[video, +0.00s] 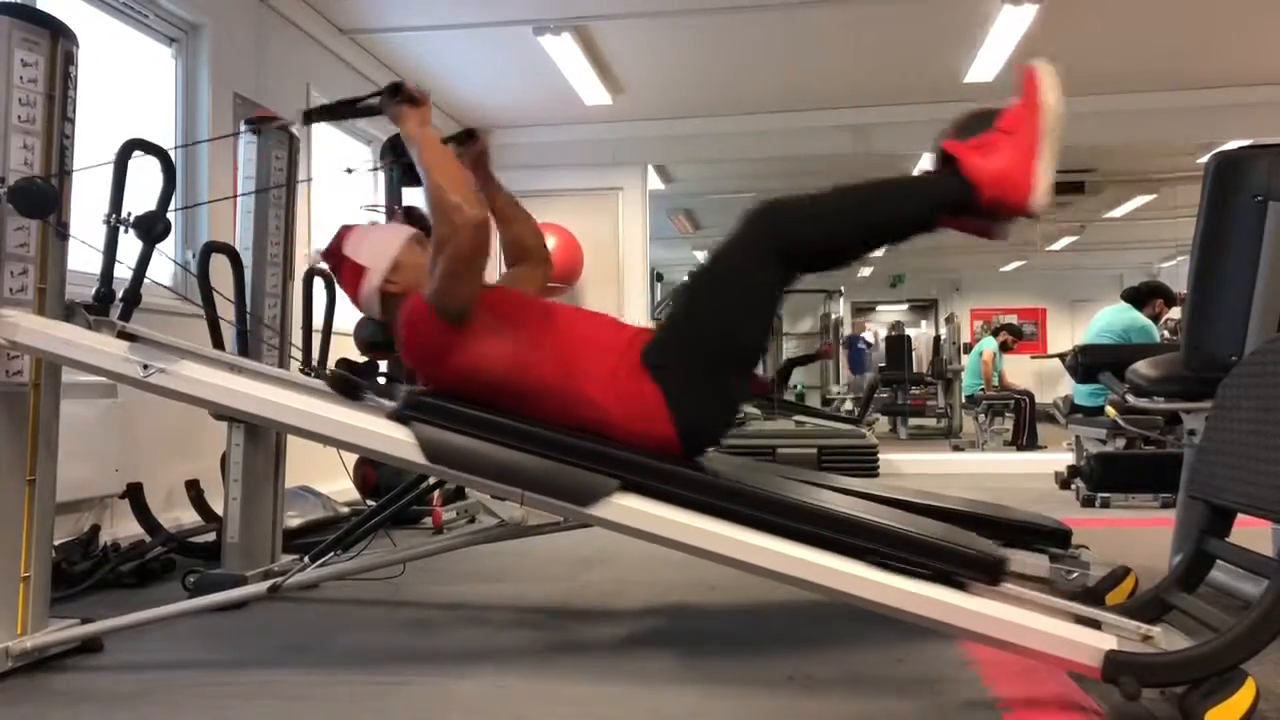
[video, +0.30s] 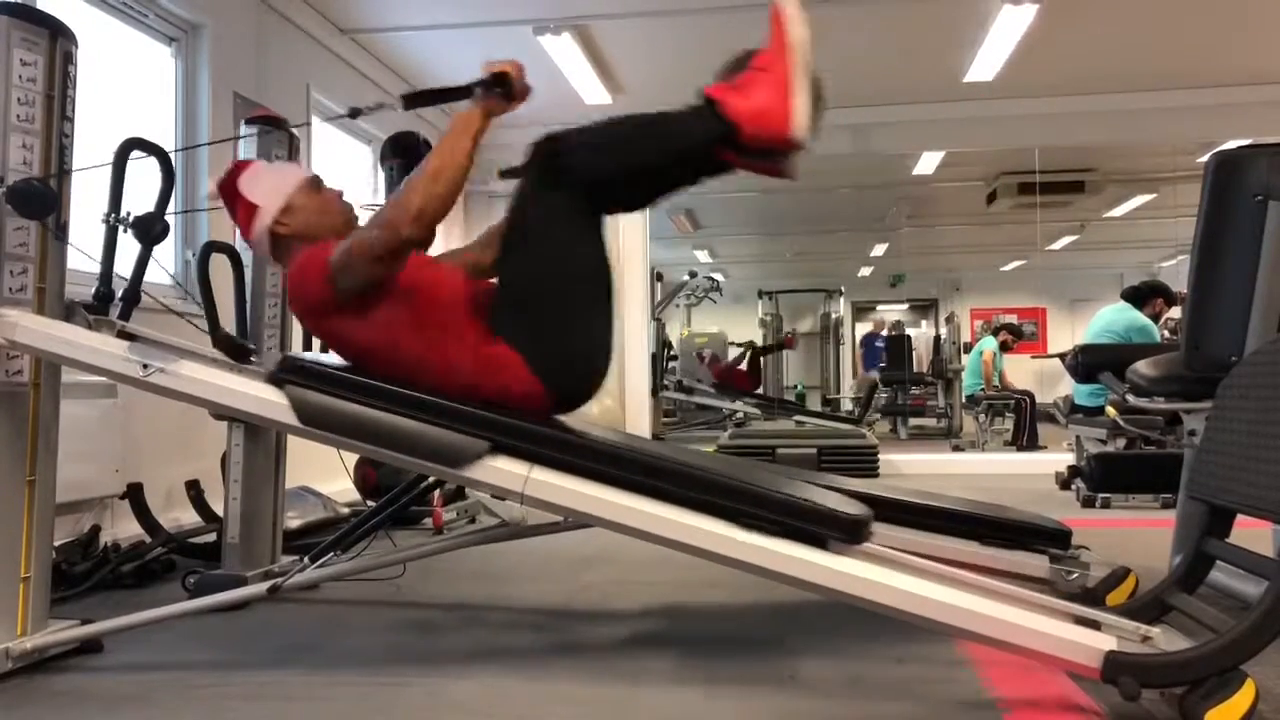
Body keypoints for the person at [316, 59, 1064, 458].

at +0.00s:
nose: (393, 243)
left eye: (383, 236)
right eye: (374, 247)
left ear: (405, 246)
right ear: (371, 287)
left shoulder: (473, 308)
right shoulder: (421, 332)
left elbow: (555, 262)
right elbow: (467, 239)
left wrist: (486, 189)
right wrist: (422, 143)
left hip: (673, 373)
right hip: (668, 398)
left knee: (770, 232)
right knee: (767, 232)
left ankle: (968, 178)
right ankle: (977, 182)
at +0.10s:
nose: (384, 219)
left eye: (373, 213)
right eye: (366, 224)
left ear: (366, 244)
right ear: (349, 261)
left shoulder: (428, 304)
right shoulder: (383, 317)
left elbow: (519, 269)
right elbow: (442, 227)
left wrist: (511, 168)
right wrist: (434, 114)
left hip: (617, 364)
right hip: (620, 389)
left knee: (700, 209)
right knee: (699, 207)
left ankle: (889, 163)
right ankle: (901, 156)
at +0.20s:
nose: (352, 207)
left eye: (341, 199)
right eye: (335, 207)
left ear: (327, 232)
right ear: (313, 240)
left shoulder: (388, 286)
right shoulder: (347, 294)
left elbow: (498, 264)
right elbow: (427, 215)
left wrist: (536, 171)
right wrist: (455, 102)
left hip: (574, 354)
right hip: (577, 376)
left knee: (633, 188)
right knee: (633, 184)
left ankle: (812, 147)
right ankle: (820, 132)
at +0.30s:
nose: (330, 191)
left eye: (319, 182)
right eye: (310, 189)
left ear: (303, 214)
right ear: (283, 223)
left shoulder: (359, 274)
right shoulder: (313, 278)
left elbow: (482, 256)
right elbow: (406, 224)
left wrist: (541, 193)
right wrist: (476, 112)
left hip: (537, 350)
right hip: (538, 365)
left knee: (562, 172)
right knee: (561, 167)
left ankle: (736, 134)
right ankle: (740, 120)